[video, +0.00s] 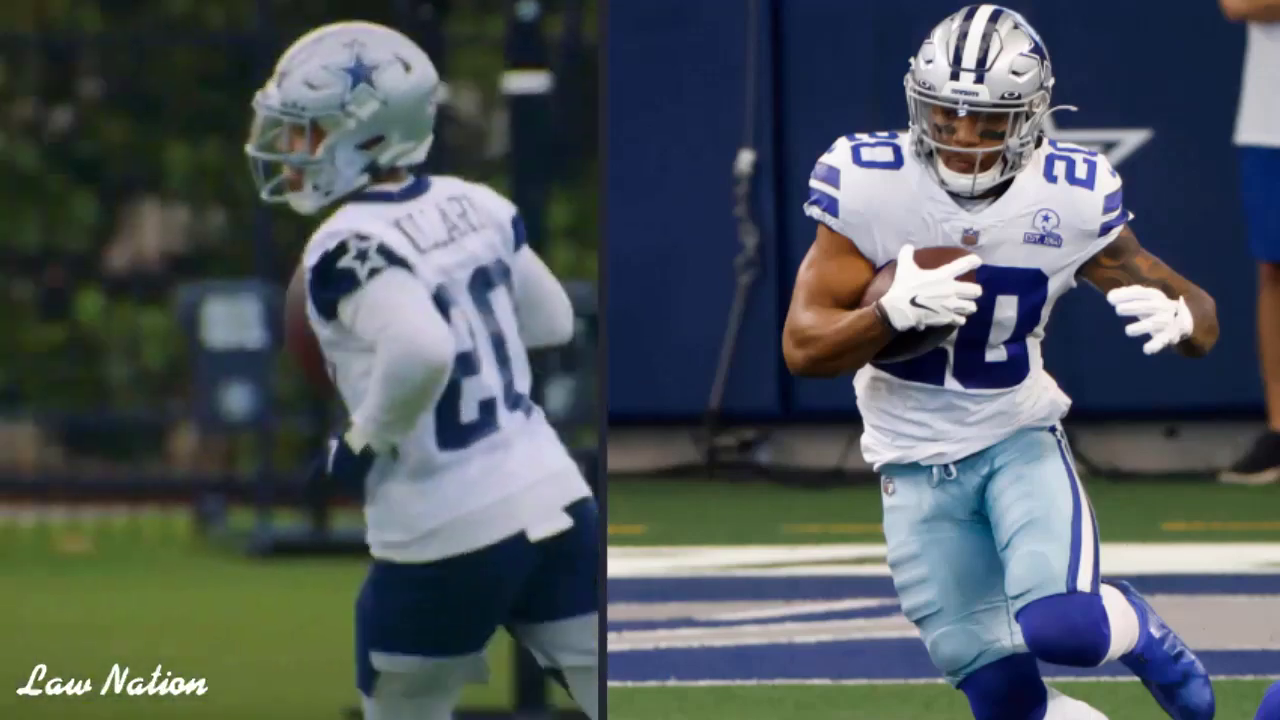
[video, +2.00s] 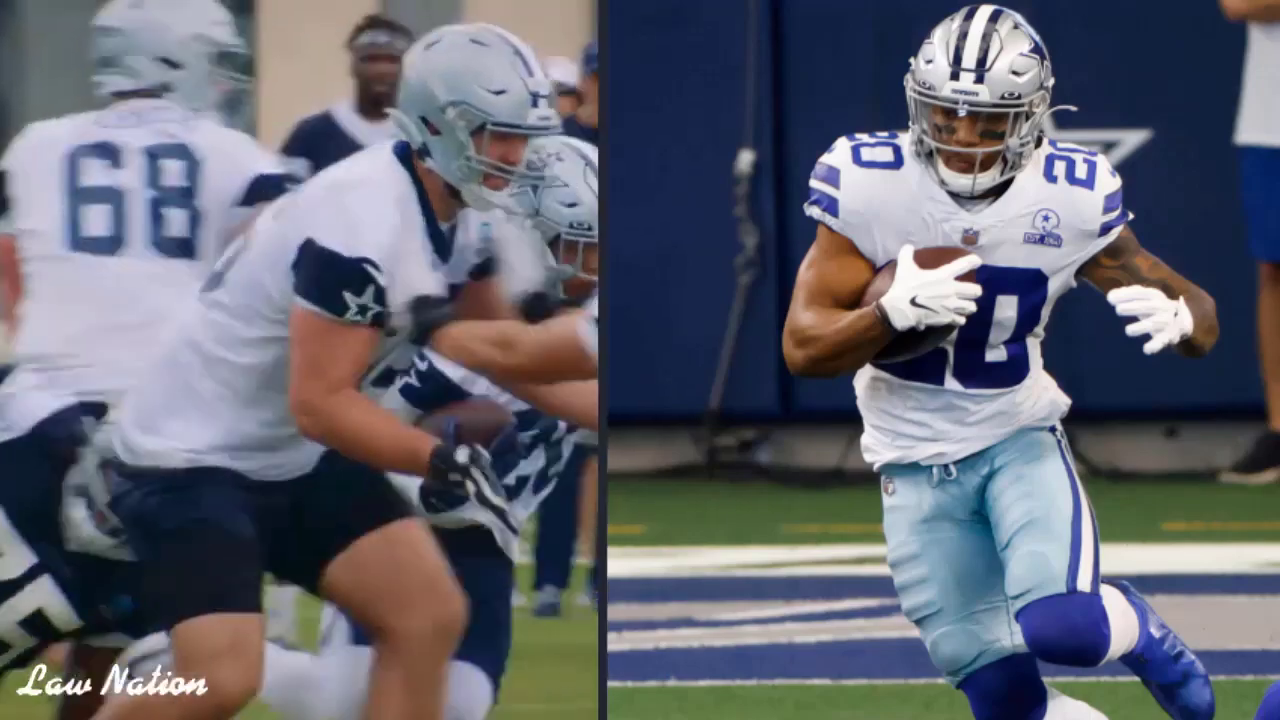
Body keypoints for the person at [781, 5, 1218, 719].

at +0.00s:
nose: (966, 138)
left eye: (988, 121)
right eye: (950, 117)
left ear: (1028, 119)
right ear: (922, 110)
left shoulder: (1071, 194)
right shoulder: (863, 179)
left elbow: (1197, 309)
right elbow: (801, 349)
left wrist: (1181, 319)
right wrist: (887, 313)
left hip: (1018, 437)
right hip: (911, 467)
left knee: (1054, 626)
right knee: (1001, 696)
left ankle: (1142, 633)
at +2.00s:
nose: (966, 137)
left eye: (988, 121)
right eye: (950, 116)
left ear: (1027, 118)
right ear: (922, 110)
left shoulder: (1071, 195)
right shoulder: (863, 180)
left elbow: (1197, 310)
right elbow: (801, 350)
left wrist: (1181, 319)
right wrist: (887, 313)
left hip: (1018, 437)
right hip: (911, 467)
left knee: (1054, 626)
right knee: (1001, 696)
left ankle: (1141, 631)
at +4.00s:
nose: (966, 137)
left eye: (988, 121)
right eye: (950, 117)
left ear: (1027, 118)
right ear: (922, 110)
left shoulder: (1072, 194)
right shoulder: (863, 180)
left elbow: (1197, 310)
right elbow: (801, 350)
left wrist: (1181, 318)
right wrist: (887, 313)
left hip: (1018, 437)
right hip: (911, 467)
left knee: (1054, 626)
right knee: (1001, 697)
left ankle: (1142, 632)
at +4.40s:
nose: (966, 137)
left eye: (988, 121)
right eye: (951, 117)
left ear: (1028, 119)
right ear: (923, 110)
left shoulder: (1071, 194)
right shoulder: (862, 179)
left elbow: (1197, 310)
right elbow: (801, 350)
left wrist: (1181, 319)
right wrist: (887, 312)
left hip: (1018, 437)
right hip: (911, 467)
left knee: (1054, 626)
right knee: (1001, 697)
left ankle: (1142, 632)